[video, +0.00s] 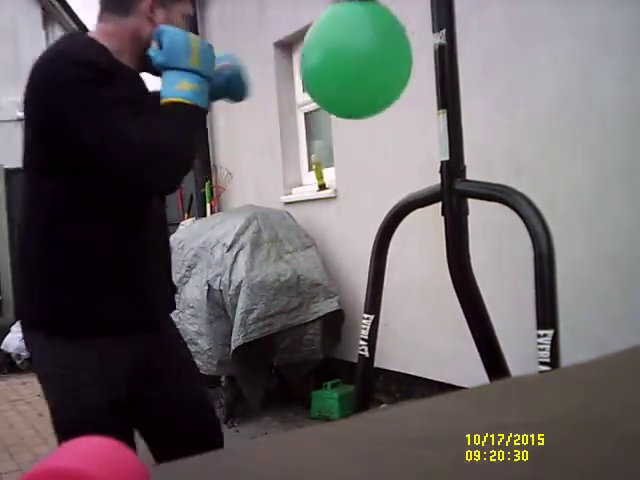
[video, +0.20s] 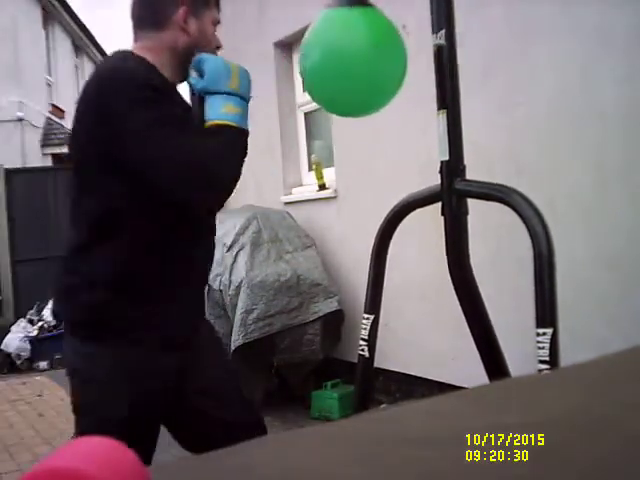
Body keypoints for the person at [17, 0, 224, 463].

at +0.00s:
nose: (186, 38)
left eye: (188, 25)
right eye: (184, 21)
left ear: (148, 14)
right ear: (150, 12)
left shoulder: (120, 79)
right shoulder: (70, 68)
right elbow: (157, 170)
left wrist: (198, 91)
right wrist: (183, 84)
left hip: (137, 317)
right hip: (77, 326)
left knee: (200, 455)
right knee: (102, 469)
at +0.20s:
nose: (218, 40)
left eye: (218, 26)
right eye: (214, 24)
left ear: (182, 20)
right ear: (185, 19)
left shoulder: (157, 95)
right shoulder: (123, 84)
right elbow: (204, 187)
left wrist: (210, 107)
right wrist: (228, 107)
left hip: (171, 326)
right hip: (119, 332)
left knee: (244, 450)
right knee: (109, 470)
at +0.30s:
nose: (247, 31)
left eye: (246, 17)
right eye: (243, 15)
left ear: (211, 16)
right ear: (214, 14)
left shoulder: (191, 91)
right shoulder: (139, 80)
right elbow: (188, 184)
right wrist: (241, 114)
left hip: (191, 323)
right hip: (119, 327)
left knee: (246, 461)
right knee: (99, 471)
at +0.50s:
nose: (245, 23)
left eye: (244, 9)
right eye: (241, 8)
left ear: (207, 9)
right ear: (211, 7)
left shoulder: (197, 77)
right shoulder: (129, 70)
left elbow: (228, 107)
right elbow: (164, 162)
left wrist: (288, 88)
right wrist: (216, 91)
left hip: (189, 295)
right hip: (122, 297)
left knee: (230, 446)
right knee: (91, 455)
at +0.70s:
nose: (216, 33)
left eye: (215, 18)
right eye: (211, 16)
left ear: (177, 14)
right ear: (178, 11)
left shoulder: (158, 86)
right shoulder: (113, 77)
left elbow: (159, 181)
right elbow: (160, 164)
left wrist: (213, 150)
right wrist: (208, 109)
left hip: (170, 311)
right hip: (112, 314)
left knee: (221, 441)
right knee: (92, 463)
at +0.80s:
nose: (191, 40)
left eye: (192, 27)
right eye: (187, 24)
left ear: (152, 20)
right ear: (153, 16)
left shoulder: (133, 94)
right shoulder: (85, 82)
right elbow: (128, 168)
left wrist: (190, 142)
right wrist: (183, 117)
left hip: (150, 321)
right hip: (85, 325)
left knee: (213, 450)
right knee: (73, 468)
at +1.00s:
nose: (123, 59)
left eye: (124, 44)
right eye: (118, 41)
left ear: (80, 36)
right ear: (79, 33)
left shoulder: (64, 119)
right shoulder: (10, 102)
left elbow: (84, 210)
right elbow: (51, 203)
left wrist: (128, 156)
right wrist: (106, 131)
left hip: (87, 348)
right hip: (34, 352)